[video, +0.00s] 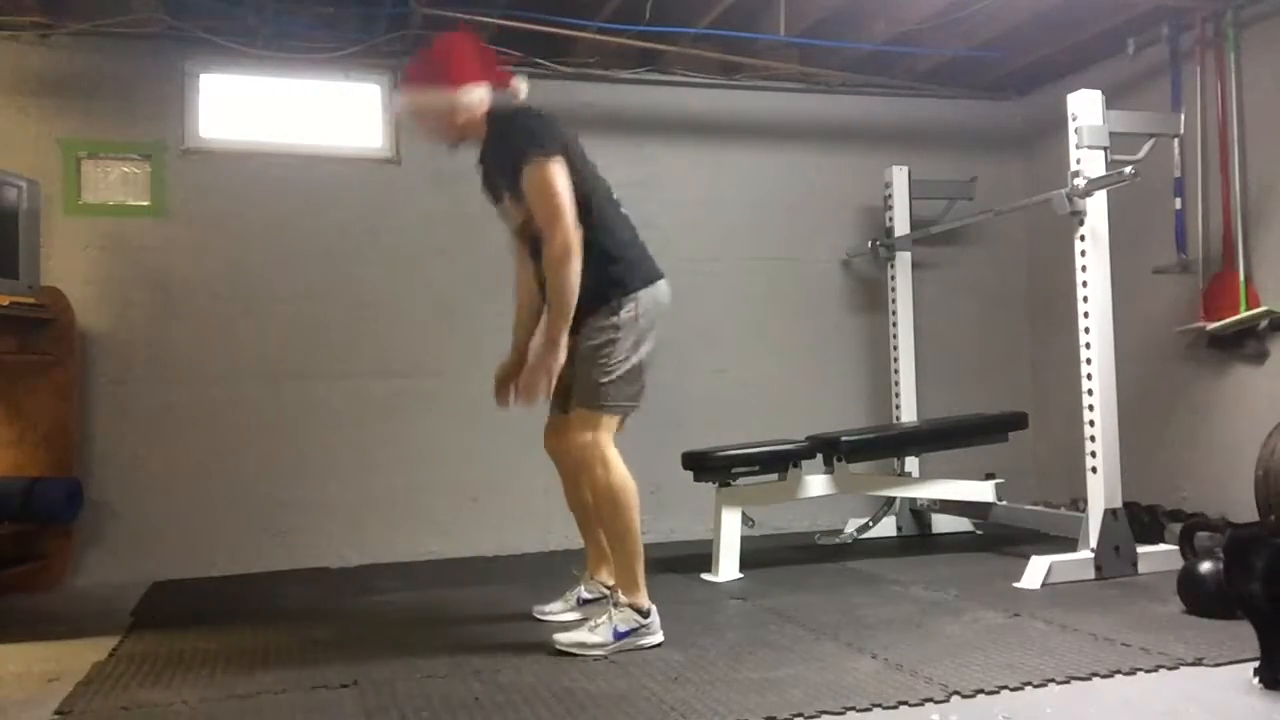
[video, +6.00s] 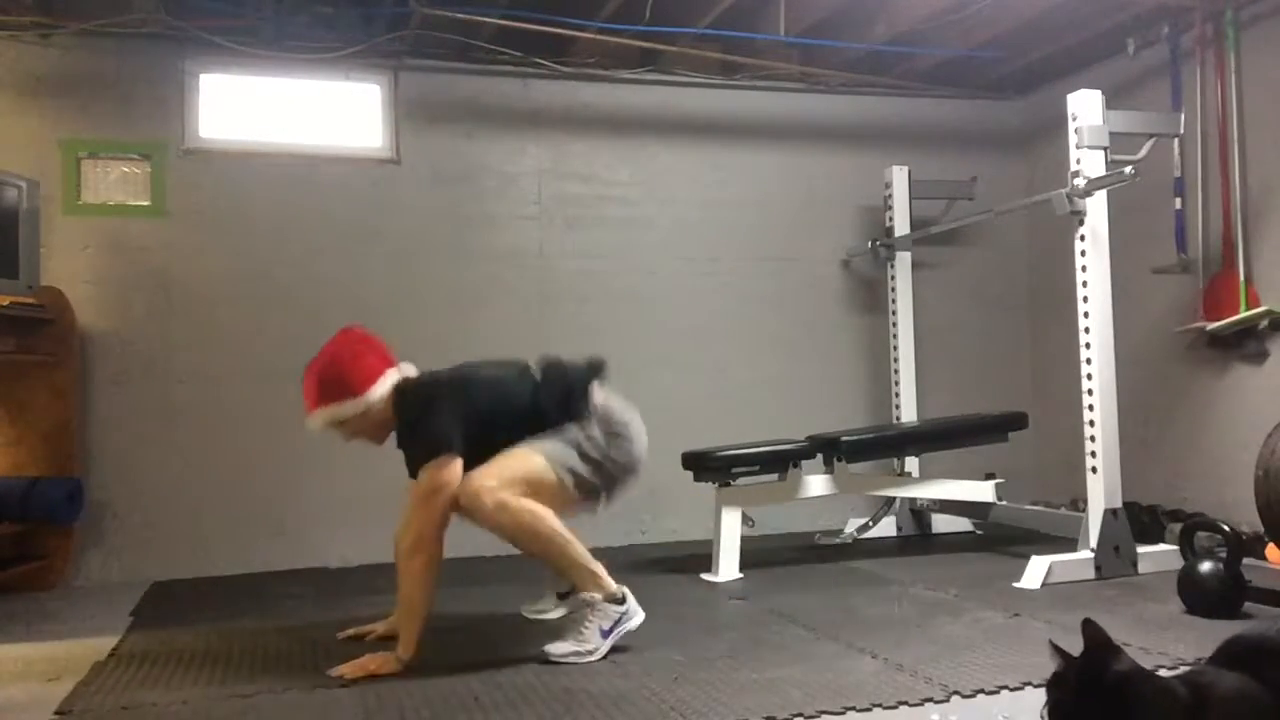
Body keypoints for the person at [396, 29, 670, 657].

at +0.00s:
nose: (432, 123)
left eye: (435, 107)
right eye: (425, 111)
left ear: (470, 93)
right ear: (457, 102)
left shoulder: (523, 131)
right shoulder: (494, 156)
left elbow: (564, 240)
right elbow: (528, 254)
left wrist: (552, 343)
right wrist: (521, 347)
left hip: (623, 296)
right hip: (588, 306)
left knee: (590, 441)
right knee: (563, 440)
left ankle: (638, 607)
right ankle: (603, 581)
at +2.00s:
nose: (291, 464)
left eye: (286, 451)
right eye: (280, 455)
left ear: (306, 429)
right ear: (312, 414)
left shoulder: (386, 421)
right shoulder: (371, 421)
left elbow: (415, 546)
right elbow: (408, 539)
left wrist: (416, 652)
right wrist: (410, 621)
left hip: (560, 360)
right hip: (537, 384)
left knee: (590, 507)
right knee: (561, 503)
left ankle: (762, 539)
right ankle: (694, 505)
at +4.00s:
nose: (387, 332)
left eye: (388, 316)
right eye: (380, 320)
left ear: (417, 297)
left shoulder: (488, 317)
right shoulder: (467, 328)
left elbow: (478, 448)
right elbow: (464, 445)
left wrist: (453, 553)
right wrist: (440, 542)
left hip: (649, 365)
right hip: (612, 367)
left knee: (542, 462)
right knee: (519, 459)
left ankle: (632, 615)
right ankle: (591, 580)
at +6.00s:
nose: (345, 435)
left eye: (343, 421)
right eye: (337, 427)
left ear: (369, 398)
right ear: (375, 390)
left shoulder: (429, 410)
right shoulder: (419, 415)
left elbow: (421, 543)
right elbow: (419, 534)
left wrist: (404, 652)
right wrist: (404, 616)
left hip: (603, 426)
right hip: (580, 426)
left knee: (483, 491)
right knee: (470, 488)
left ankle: (611, 600)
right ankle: (579, 585)